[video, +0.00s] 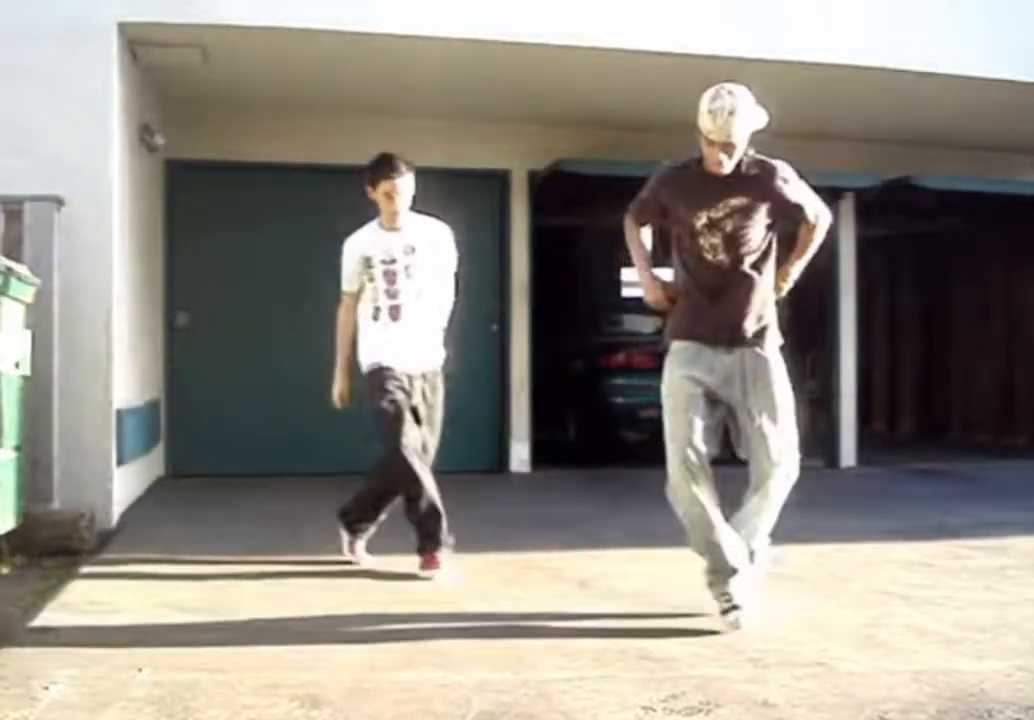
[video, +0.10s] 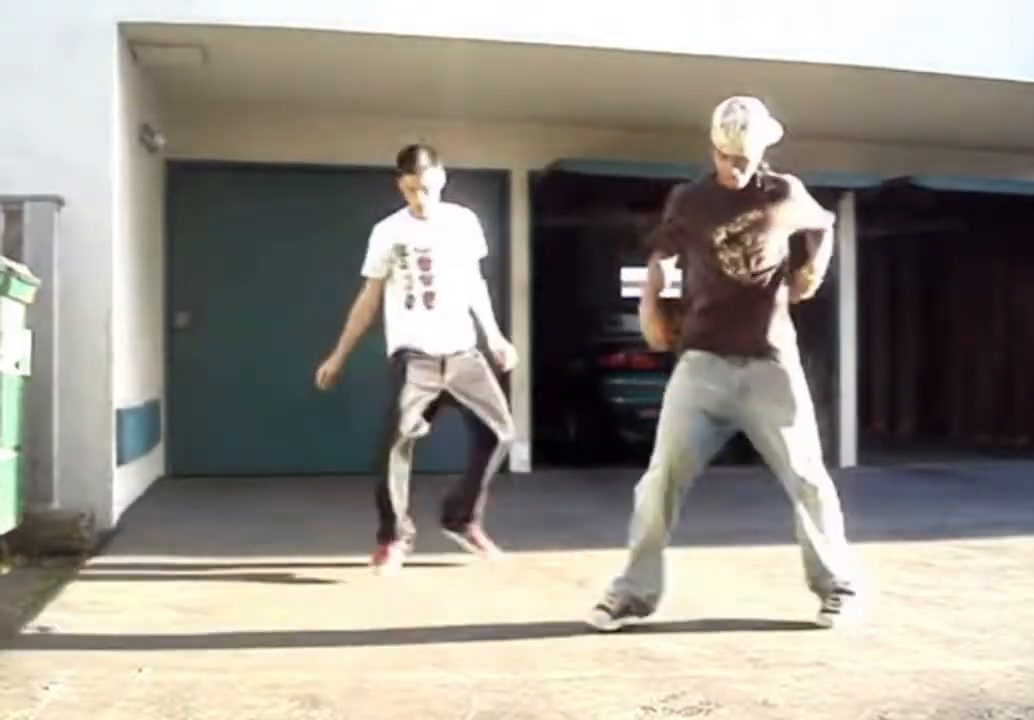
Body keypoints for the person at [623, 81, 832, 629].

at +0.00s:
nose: (723, 154)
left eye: (733, 144)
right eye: (715, 144)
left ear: (749, 135)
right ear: (701, 133)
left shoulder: (771, 178)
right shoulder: (672, 181)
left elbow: (817, 219)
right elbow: (634, 220)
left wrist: (785, 276)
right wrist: (648, 281)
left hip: (755, 342)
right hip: (690, 341)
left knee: (778, 461)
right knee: (684, 463)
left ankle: (739, 558)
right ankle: (725, 578)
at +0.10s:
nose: (734, 167)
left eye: (744, 158)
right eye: (726, 157)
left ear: (763, 150)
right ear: (713, 148)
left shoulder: (785, 193)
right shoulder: (687, 201)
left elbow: (822, 226)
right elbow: (657, 258)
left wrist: (810, 274)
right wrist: (650, 312)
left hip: (771, 365)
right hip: (701, 362)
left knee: (806, 476)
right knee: (663, 473)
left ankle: (836, 587)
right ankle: (634, 590)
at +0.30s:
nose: (725, 161)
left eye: (736, 152)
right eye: (718, 150)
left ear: (754, 145)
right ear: (705, 139)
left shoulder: (773, 187)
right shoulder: (674, 187)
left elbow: (835, 238)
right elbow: (619, 243)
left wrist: (799, 236)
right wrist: (675, 246)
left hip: (751, 352)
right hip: (687, 344)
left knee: (784, 467)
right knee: (674, 454)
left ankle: (823, 584)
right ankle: (623, 593)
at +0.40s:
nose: (713, 151)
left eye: (724, 142)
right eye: (706, 140)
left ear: (739, 136)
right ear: (690, 127)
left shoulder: (747, 175)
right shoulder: (657, 169)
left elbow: (788, 234)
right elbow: (608, 231)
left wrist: (733, 241)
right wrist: (680, 227)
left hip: (724, 336)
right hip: (664, 329)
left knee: (740, 452)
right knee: (671, 447)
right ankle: (695, 580)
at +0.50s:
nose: (700, 157)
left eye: (711, 147)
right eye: (693, 145)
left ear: (725, 141)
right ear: (677, 133)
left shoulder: (728, 183)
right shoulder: (643, 176)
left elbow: (752, 248)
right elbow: (607, 243)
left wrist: (689, 259)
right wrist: (676, 238)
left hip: (707, 340)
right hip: (650, 336)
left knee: (712, 461)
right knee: (674, 451)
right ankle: (732, 576)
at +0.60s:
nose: (678, 173)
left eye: (689, 163)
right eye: (671, 160)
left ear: (703, 160)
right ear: (655, 149)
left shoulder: (706, 206)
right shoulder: (621, 195)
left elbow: (732, 271)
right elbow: (583, 263)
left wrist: (695, 283)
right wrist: (643, 255)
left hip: (686, 365)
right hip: (630, 359)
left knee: (676, 478)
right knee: (663, 474)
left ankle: (625, 574)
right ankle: (732, 595)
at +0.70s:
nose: (649, 154)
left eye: (660, 146)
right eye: (642, 142)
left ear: (672, 143)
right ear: (625, 130)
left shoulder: (678, 181)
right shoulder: (586, 172)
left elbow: (718, 245)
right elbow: (535, 214)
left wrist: (714, 303)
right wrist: (592, 241)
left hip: (666, 346)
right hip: (608, 343)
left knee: (679, 465)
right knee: (619, 462)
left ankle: (640, 569)